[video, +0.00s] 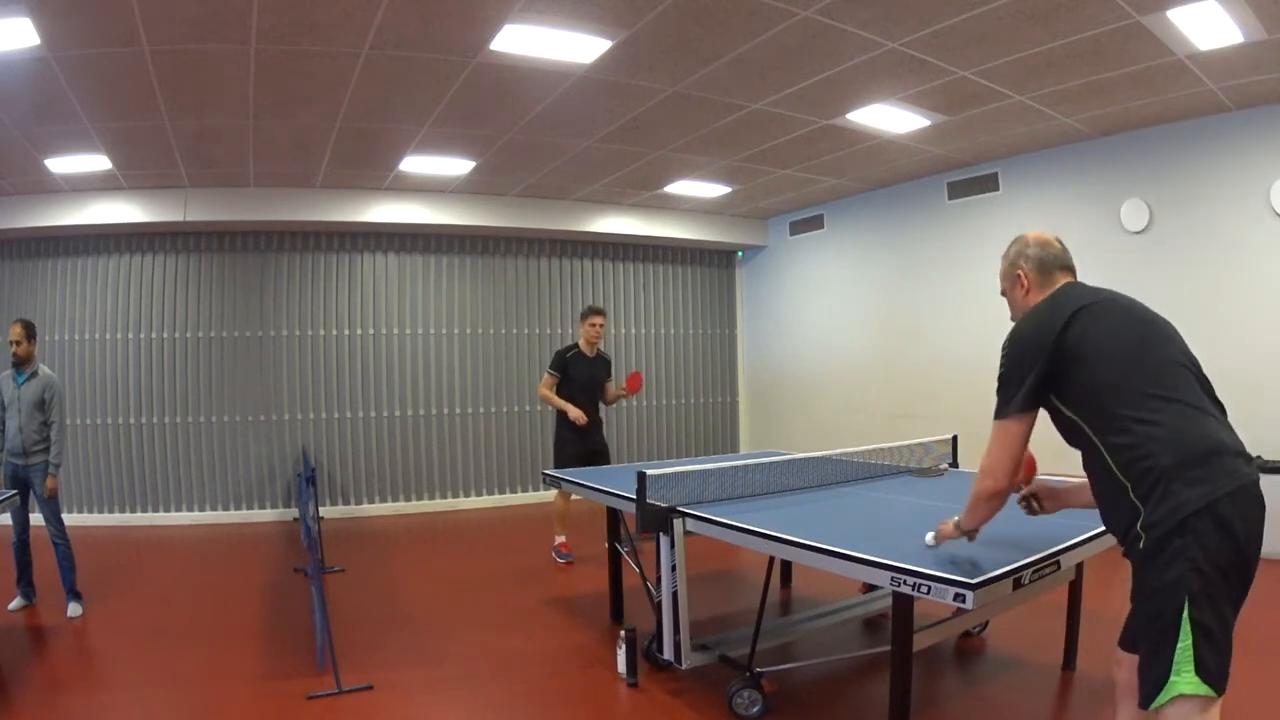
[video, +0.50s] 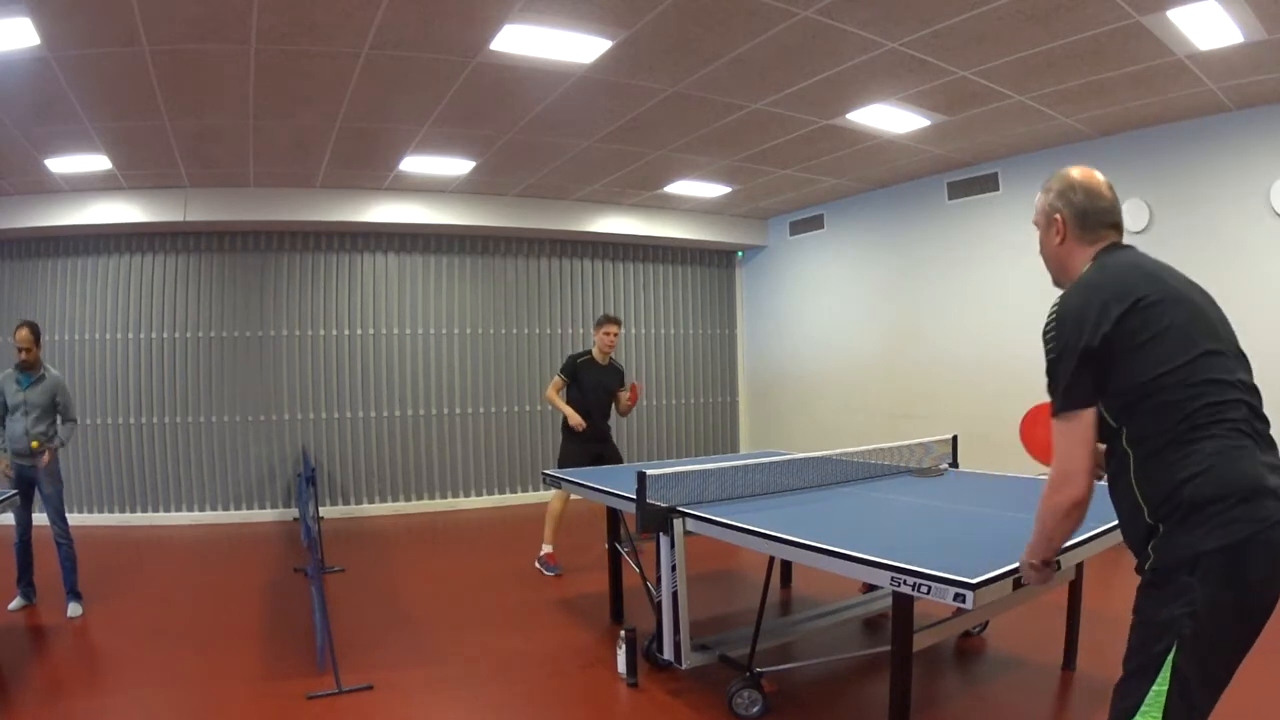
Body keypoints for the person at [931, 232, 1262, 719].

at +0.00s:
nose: (1009, 313)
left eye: (1006, 297)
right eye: (1005, 299)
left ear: (1022, 281)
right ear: (1069, 275)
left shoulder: (1034, 332)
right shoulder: (1119, 312)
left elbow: (996, 479)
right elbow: (1159, 466)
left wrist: (965, 525)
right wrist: (1063, 496)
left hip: (1188, 510)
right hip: (1227, 493)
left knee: (1184, 703)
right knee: (1133, 666)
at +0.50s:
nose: (1037, 246)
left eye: (1038, 229)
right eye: (1037, 230)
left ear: (1058, 227)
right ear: (1111, 224)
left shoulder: (1078, 308)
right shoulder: (1168, 282)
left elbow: (1071, 482)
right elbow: (1193, 420)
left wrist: (1037, 559)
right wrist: (1109, 452)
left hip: (1207, 536)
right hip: (1264, 518)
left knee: (1143, 707)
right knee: (1181, 703)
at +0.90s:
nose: (1104, 196)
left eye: (1104, 178)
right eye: (1102, 181)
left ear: (1128, 175)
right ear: (1182, 173)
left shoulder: (1156, 267)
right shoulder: (1229, 241)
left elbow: (1100, 450)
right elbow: (1251, 397)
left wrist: (1042, 490)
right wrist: (1181, 490)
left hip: (1258, 542)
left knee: (1209, 709)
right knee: (1249, 703)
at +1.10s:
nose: (1135, 187)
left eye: (1136, 169)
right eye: (1134, 171)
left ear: (1162, 168)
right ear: (1207, 167)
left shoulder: (1201, 254)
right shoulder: (1250, 236)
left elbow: (1170, 443)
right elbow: (1243, 411)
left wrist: (1112, 478)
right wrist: (1148, 473)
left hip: (1269, 544)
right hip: (1269, 535)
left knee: (1225, 710)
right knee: (1246, 703)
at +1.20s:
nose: (1146, 184)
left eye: (1149, 163)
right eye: (1147, 165)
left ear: (1177, 165)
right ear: (1208, 164)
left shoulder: (1220, 252)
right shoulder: (1256, 234)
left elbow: (1228, 432)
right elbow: (1228, 382)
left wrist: (1138, 488)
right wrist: (1137, 408)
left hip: (1269, 546)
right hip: (1272, 538)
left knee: (1213, 708)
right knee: (1252, 701)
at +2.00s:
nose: (1129, 253)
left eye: (1132, 237)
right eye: (1130, 238)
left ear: (1153, 240)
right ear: (1190, 237)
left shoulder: (1190, 306)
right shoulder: (1224, 292)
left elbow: (1244, 437)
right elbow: (1246, 423)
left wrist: (1198, 561)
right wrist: (1171, 481)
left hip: (1257, 554)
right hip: (1268, 542)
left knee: (1160, 707)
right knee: (1235, 670)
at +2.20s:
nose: (1118, 273)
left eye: (1124, 257)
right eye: (1119, 257)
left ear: (1151, 260)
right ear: (1157, 260)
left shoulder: (1207, 319)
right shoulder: (1199, 323)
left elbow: (1272, 428)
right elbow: (1192, 456)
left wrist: (1225, 556)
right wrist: (1112, 513)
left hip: (1267, 563)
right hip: (1260, 559)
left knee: (1181, 709)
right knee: (1197, 703)